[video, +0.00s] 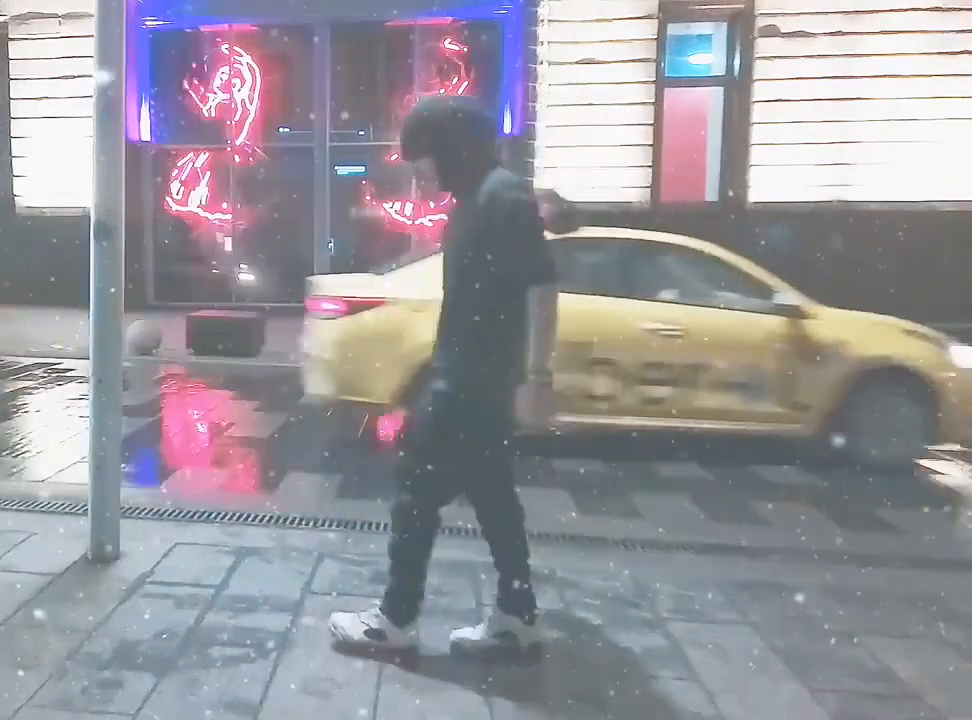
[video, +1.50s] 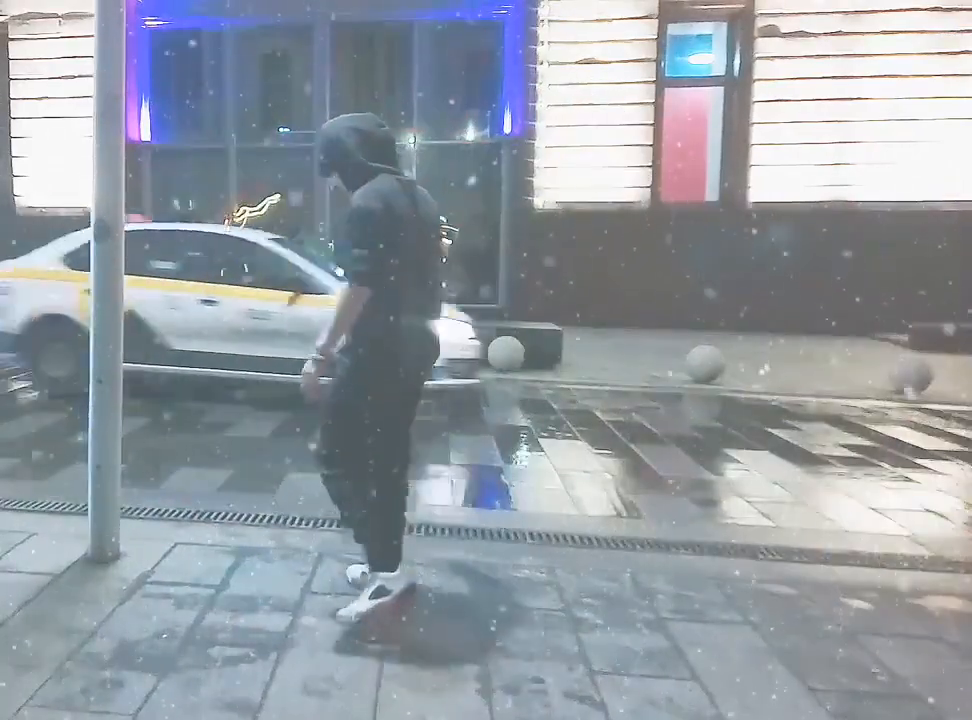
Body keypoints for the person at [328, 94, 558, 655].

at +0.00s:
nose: (426, 174)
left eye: (429, 160)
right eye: (421, 162)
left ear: (459, 149)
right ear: (461, 151)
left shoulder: (506, 201)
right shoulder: (478, 202)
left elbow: (543, 291)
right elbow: (465, 308)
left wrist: (539, 381)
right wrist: (424, 373)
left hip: (476, 378)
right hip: (464, 376)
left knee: (416, 489)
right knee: (494, 493)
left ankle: (396, 621)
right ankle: (515, 615)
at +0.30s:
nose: (370, 166)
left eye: (375, 153)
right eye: (370, 154)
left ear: (406, 148)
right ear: (420, 145)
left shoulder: (438, 202)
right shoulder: (453, 196)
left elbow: (440, 303)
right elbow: (453, 302)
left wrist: (415, 383)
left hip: (426, 379)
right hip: (451, 376)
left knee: (385, 494)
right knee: (460, 494)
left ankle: (394, 622)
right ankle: (511, 613)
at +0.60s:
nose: (347, 149)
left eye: (349, 137)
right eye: (347, 138)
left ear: (366, 137)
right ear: (404, 133)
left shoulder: (376, 193)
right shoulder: (442, 192)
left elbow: (333, 276)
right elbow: (457, 283)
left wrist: (278, 335)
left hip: (388, 357)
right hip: (434, 356)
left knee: (372, 481)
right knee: (398, 469)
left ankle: (391, 618)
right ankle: (452, 579)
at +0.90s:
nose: (329, 156)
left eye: (331, 147)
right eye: (330, 147)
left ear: (344, 146)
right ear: (390, 138)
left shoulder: (342, 198)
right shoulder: (430, 197)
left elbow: (313, 282)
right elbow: (453, 285)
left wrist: (292, 342)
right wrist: (456, 357)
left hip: (361, 357)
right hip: (415, 355)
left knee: (369, 473)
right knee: (394, 469)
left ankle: (390, 615)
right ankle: (396, 582)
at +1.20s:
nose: (325, 170)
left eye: (325, 161)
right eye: (326, 162)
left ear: (337, 158)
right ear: (379, 150)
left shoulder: (338, 206)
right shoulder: (426, 200)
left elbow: (319, 294)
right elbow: (452, 283)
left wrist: (301, 364)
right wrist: (465, 351)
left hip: (357, 359)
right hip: (407, 359)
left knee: (349, 472)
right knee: (387, 468)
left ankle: (389, 611)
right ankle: (377, 571)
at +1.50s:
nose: (335, 179)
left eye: (334, 168)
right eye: (331, 170)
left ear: (352, 157)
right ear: (379, 151)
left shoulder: (369, 202)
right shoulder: (419, 197)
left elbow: (361, 285)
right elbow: (423, 281)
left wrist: (323, 350)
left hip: (381, 338)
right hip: (419, 337)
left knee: (336, 449)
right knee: (389, 448)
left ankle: (380, 565)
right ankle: (383, 564)